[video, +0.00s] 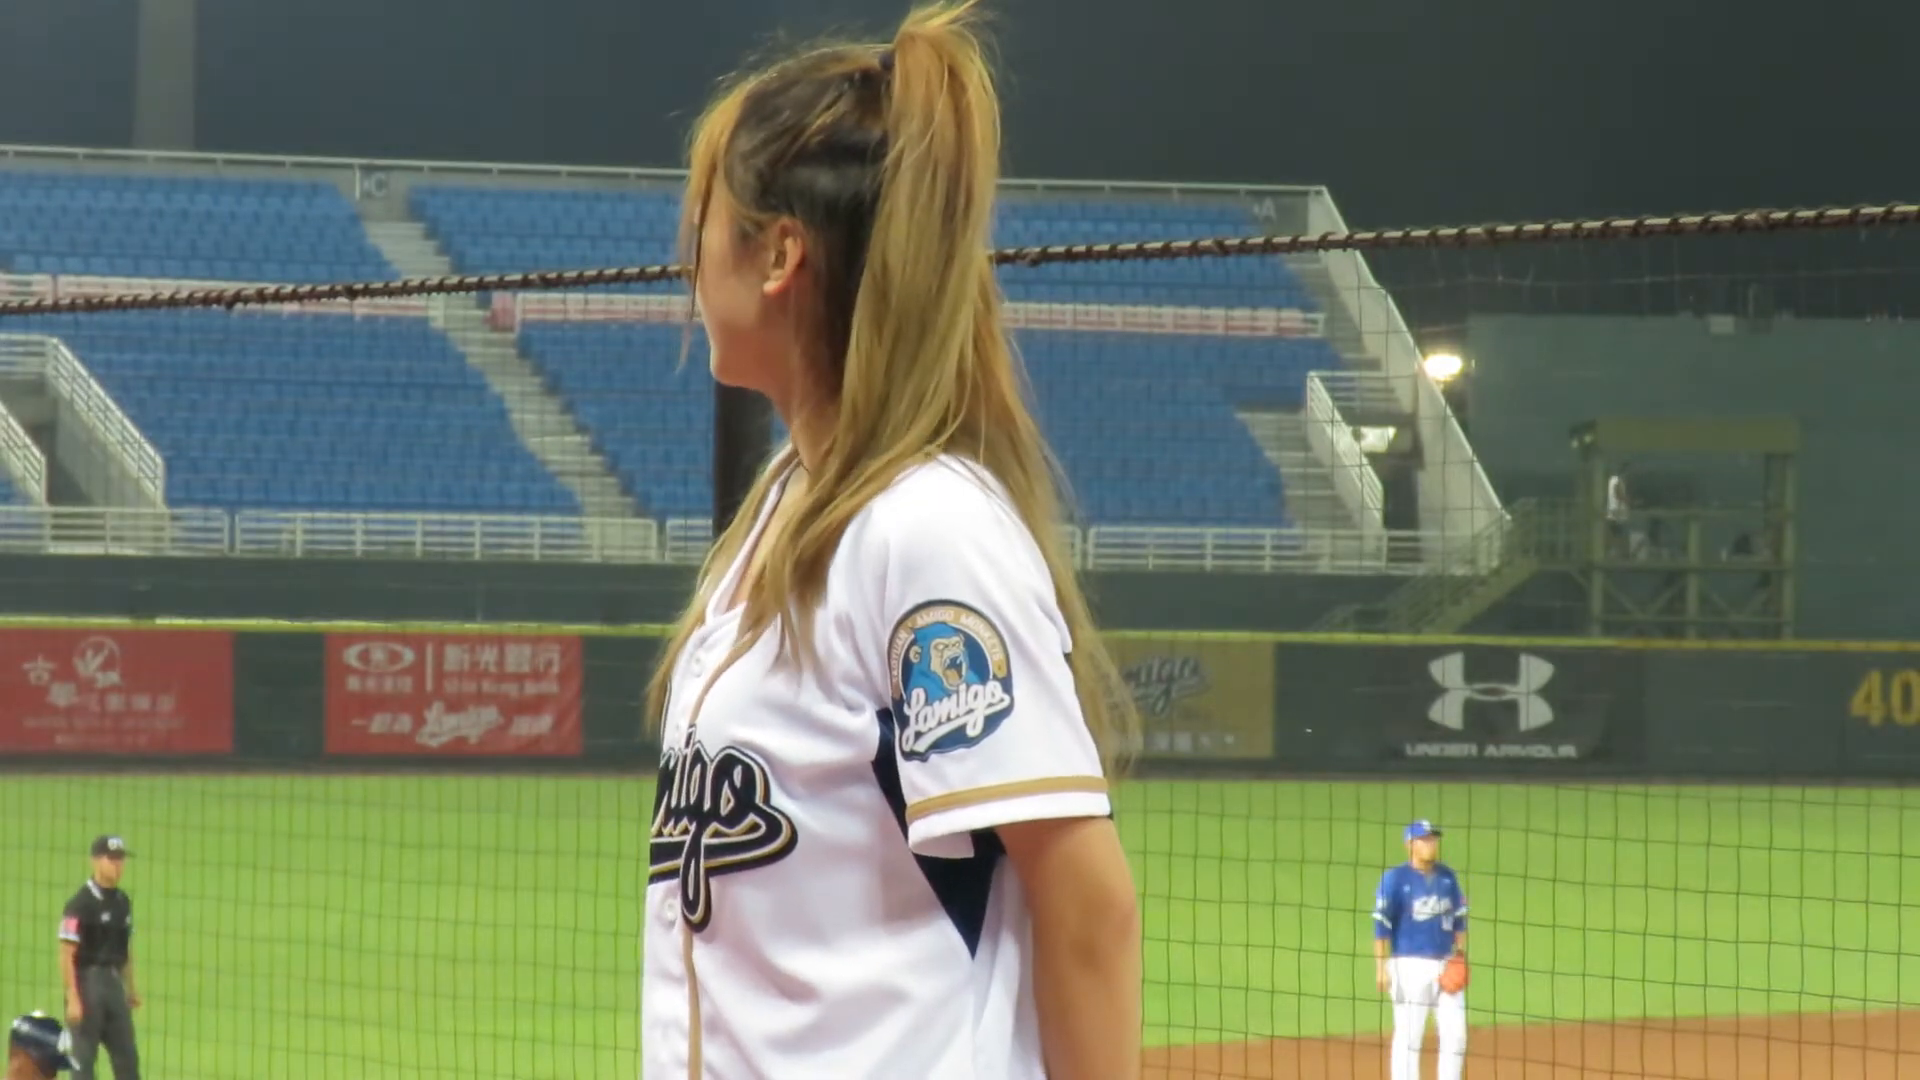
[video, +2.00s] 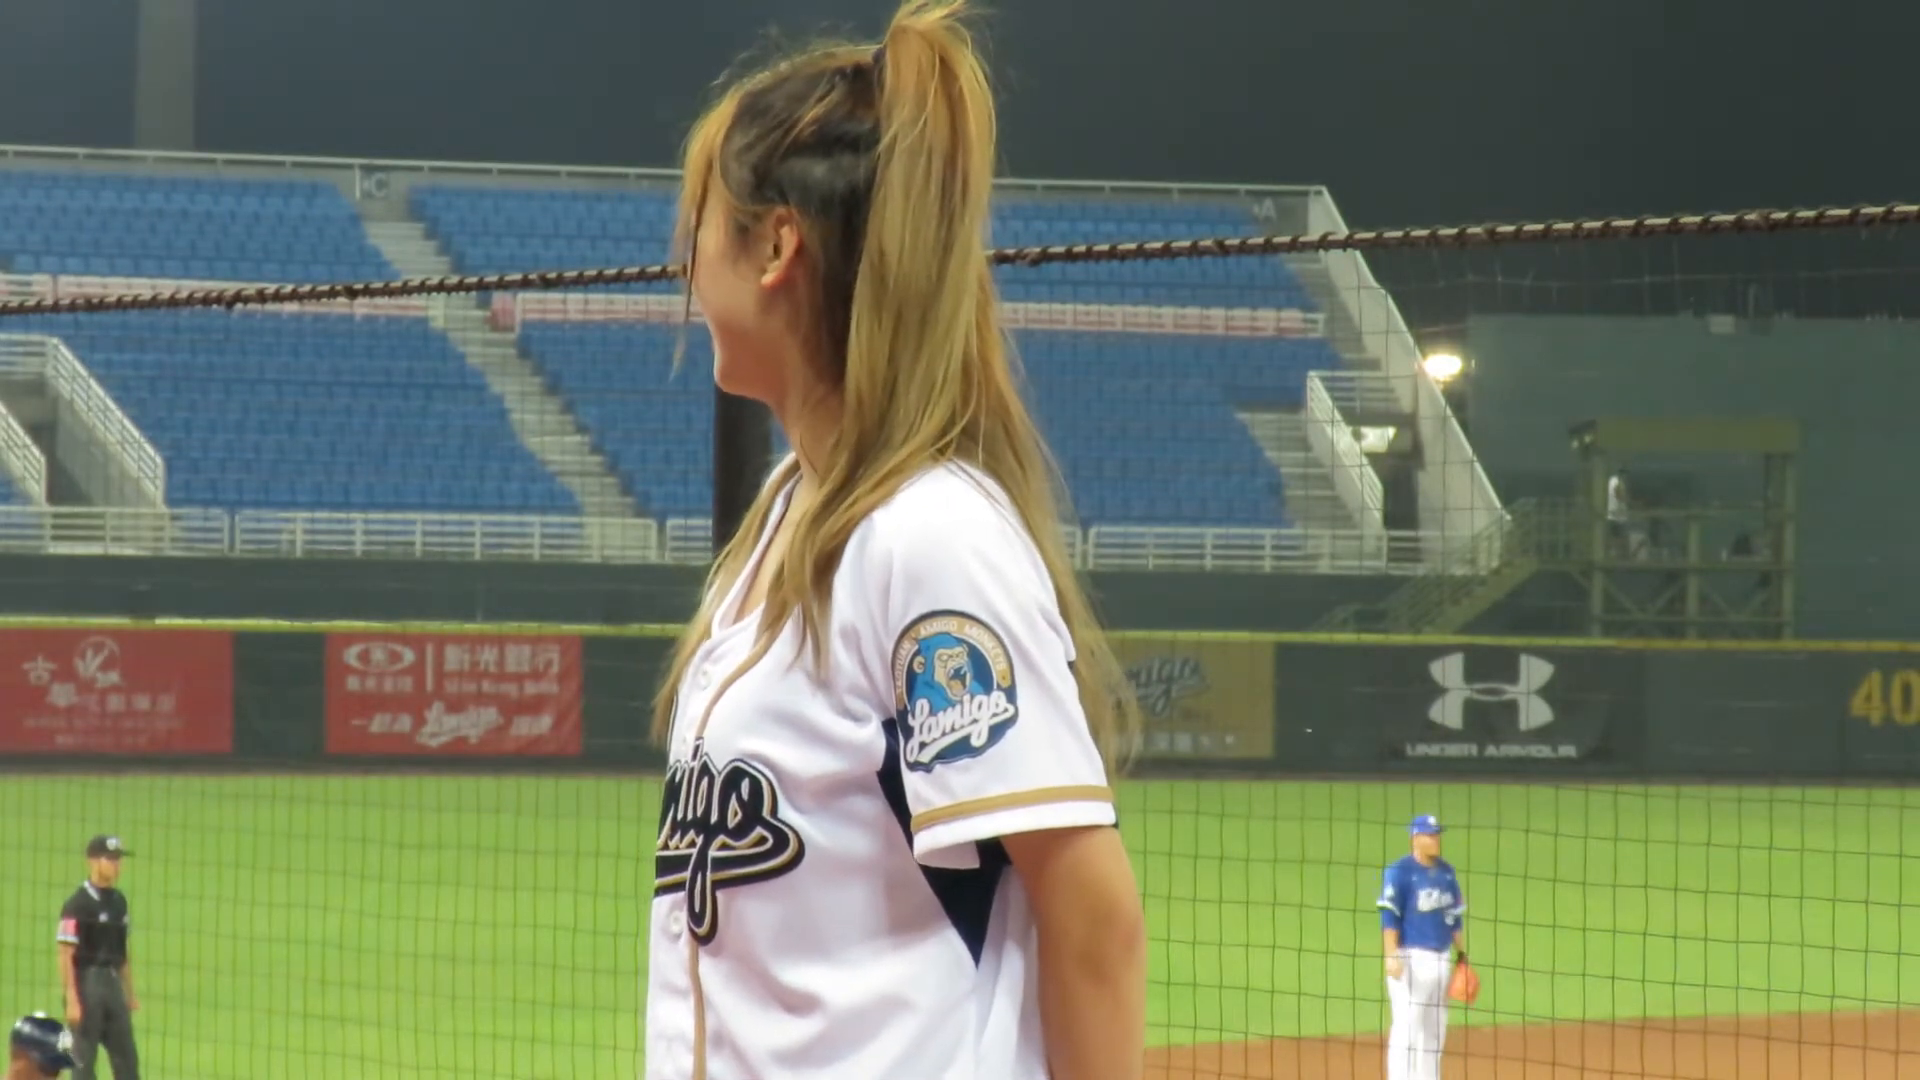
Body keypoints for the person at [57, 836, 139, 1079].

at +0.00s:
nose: (117, 865)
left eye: (120, 860)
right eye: (111, 859)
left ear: (123, 862)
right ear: (96, 860)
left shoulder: (122, 901)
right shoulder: (80, 903)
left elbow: (123, 949)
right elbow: (67, 954)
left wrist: (129, 988)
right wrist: (73, 998)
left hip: (114, 973)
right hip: (87, 973)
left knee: (126, 1054)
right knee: (83, 1055)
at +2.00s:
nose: (116, 866)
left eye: (117, 860)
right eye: (110, 860)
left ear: (118, 862)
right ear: (93, 861)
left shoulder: (118, 901)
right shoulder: (77, 904)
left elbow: (121, 951)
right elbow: (65, 954)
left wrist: (128, 991)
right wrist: (72, 1000)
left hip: (113, 973)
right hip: (87, 973)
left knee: (125, 1053)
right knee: (84, 1055)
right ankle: (82, 1074)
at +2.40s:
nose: (116, 866)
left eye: (117, 860)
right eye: (110, 860)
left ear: (119, 862)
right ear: (93, 861)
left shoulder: (117, 899)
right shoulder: (78, 904)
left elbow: (121, 951)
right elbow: (66, 954)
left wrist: (129, 990)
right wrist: (74, 1001)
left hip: (113, 974)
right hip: (88, 974)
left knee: (134, 1048)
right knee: (86, 1053)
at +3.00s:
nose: (132, 860)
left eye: (132, 854)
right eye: (127, 854)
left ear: (121, 857)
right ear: (110, 856)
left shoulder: (125, 895)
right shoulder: (95, 898)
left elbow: (130, 947)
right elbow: (87, 950)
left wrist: (141, 984)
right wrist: (108, 990)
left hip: (127, 970)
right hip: (106, 969)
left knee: (122, 1047)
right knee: (103, 1048)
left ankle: (117, 1075)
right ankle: (98, 1075)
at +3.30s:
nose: (139, 862)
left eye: (140, 856)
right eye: (135, 855)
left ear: (131, 857)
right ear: (119, 857)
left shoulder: (126, 893)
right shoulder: (107, 896)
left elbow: (123, 941)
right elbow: (97, 946)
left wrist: (133, 976)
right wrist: (118, 985)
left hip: (129, 967)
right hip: (114, 969)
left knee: (123, 1046)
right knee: (109, 1046)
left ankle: (117, 1074)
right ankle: (100, 1074)